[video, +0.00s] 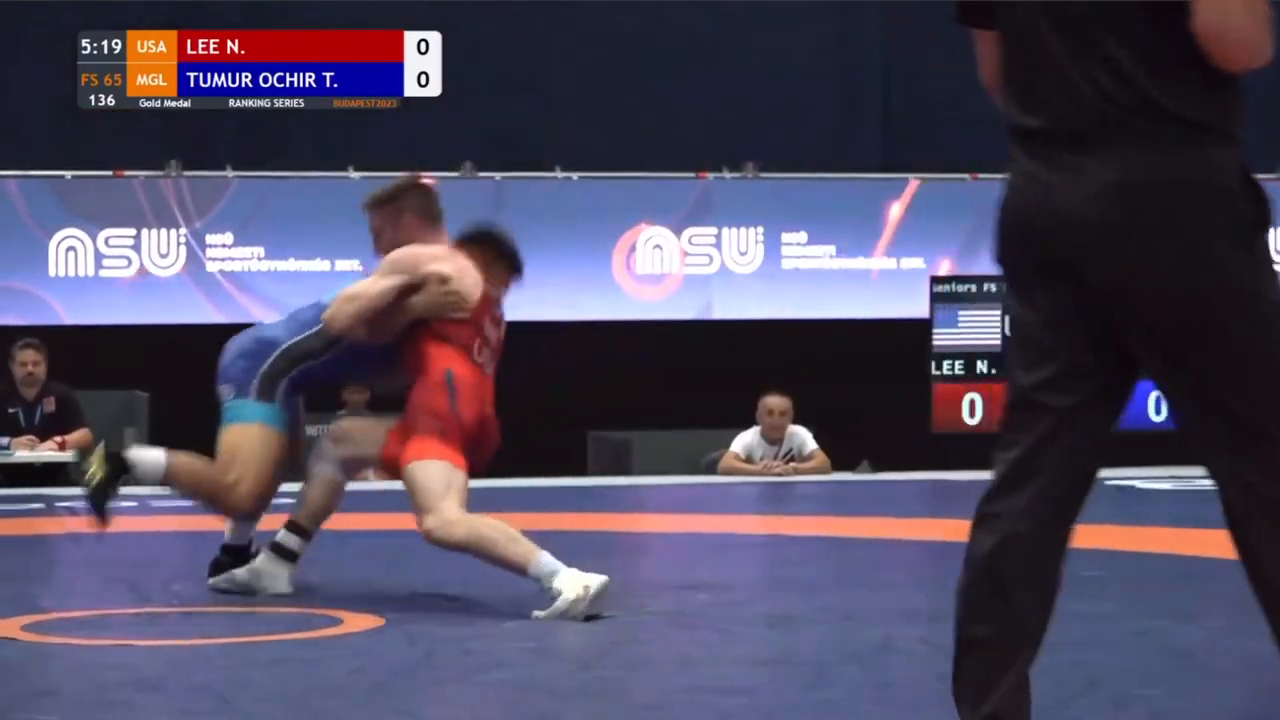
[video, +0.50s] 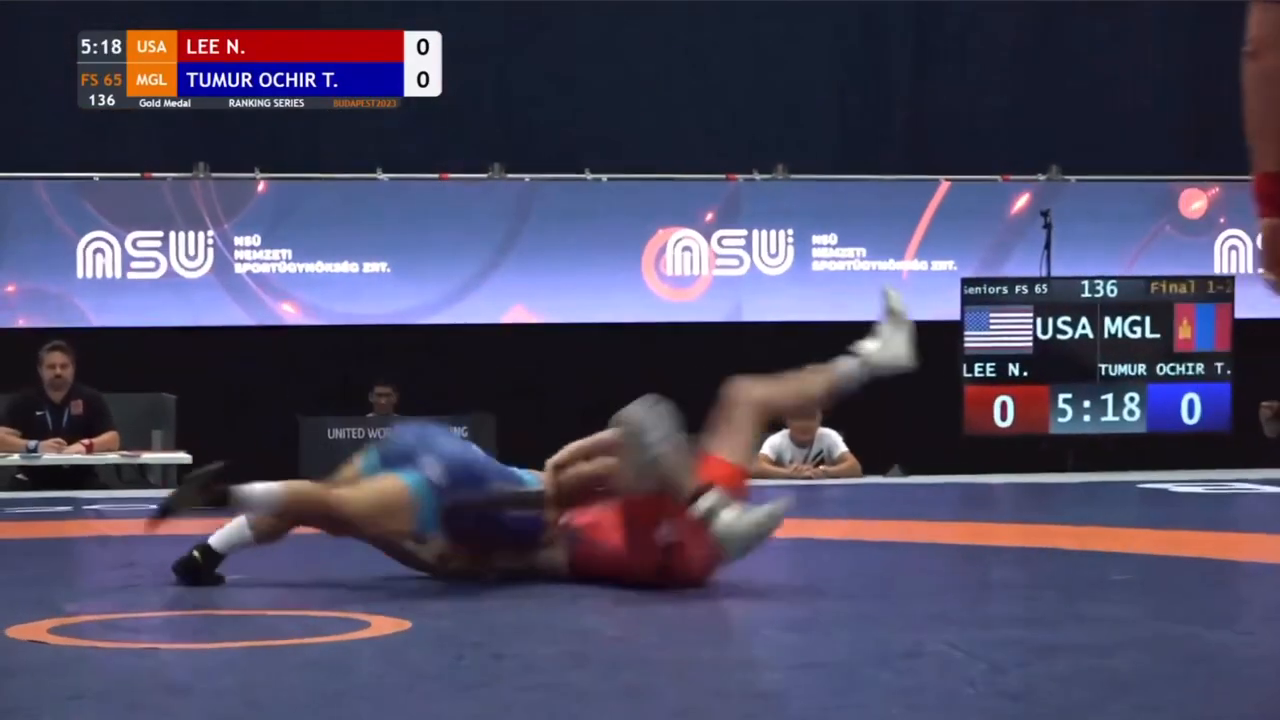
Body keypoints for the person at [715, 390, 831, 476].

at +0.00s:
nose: (776, 420)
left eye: (782, 414)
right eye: (769, 414)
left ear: (791, 417)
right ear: (758, 416)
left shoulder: (799, 434)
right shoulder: (747, 437)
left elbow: (824, 465)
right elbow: (725, 466)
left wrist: (791, 468)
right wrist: (762, 469)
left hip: (793, 497)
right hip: (754, 497)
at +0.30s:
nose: (791, 421)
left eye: (797, 415)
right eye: (784, 415)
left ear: (805, 418)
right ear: (773, 417)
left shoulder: (815, 435)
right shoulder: (762, 439)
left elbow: (840, 466)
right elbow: (741, 467)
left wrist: (807, 470)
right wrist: (778, 471)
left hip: (808, 498)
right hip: (771, 499)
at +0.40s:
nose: (799, 422)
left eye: (805, 416)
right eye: (792, 416)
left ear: (814, 419)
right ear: (781, 418)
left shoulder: (823, 436)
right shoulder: (770, 439)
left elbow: (848, 467)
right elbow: (749, 467)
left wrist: (816, 471)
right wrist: (785, 472)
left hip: (817, 500)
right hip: (779, 501)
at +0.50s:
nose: (805, 426)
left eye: (811, 420)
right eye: (799, 420)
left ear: (819, 419)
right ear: (788, 421)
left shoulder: (830, 438)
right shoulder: (777, 441)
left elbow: (855, 468)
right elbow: (760, 468)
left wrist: (825, 472)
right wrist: (792, 474)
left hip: (824, 502)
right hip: (786, 502)